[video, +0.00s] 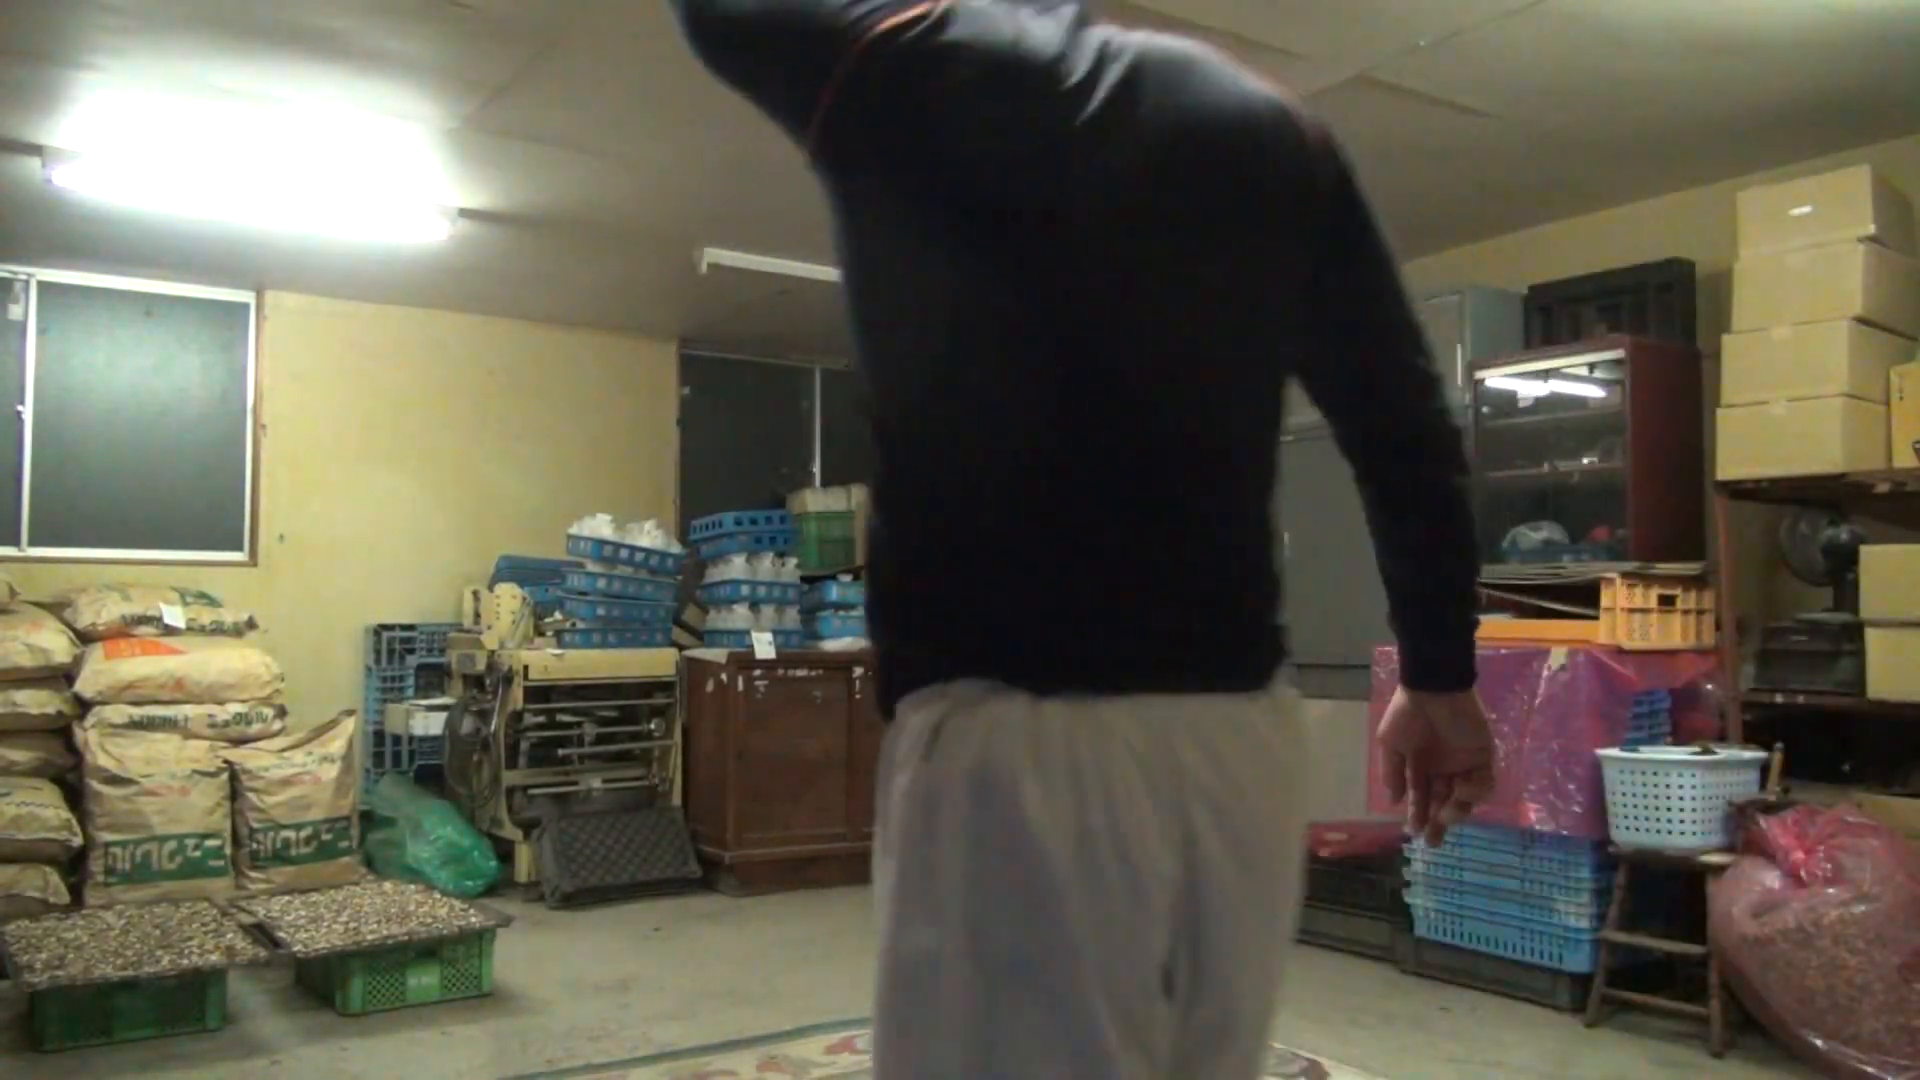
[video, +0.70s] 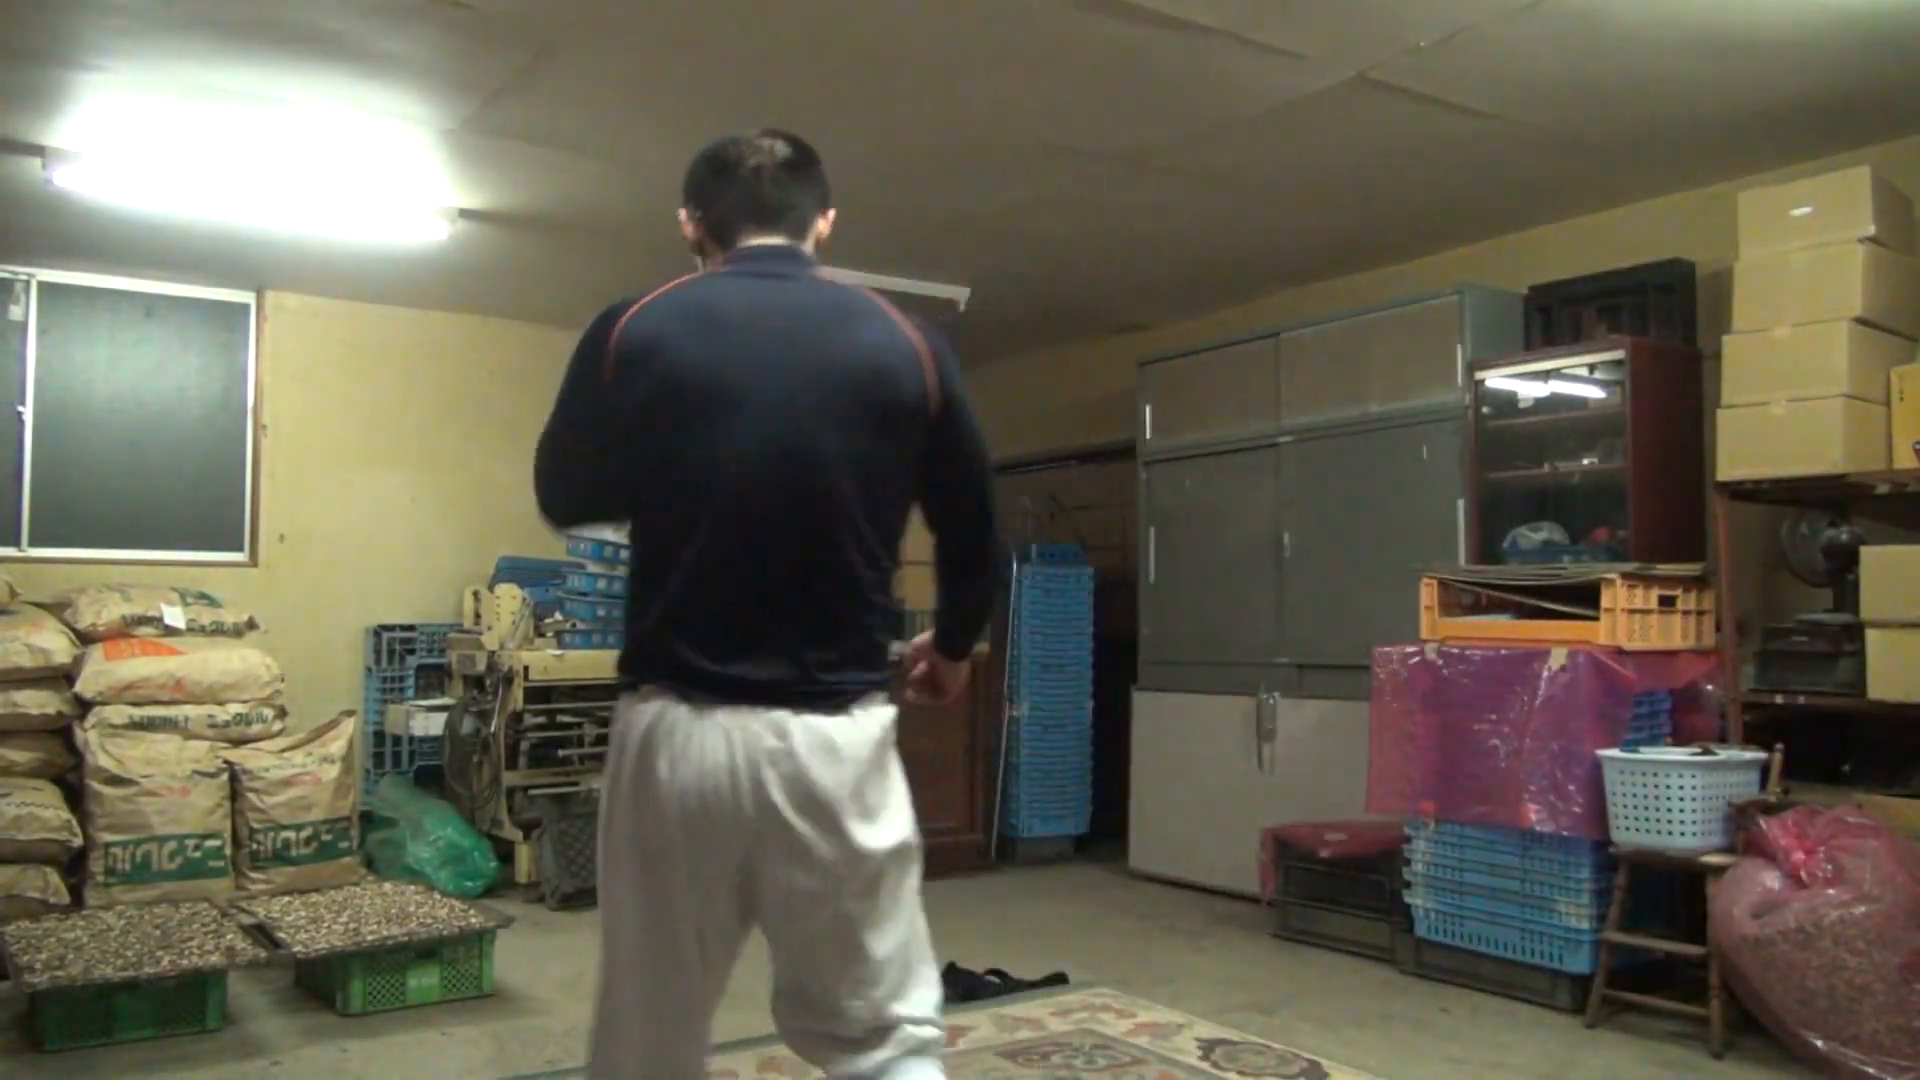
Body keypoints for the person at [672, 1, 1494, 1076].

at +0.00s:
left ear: (929, 3)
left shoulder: (898, 77)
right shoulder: (1275, 134)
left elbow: (717, 9)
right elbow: (1407, 433)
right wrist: (1443, 681)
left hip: (1013, 756)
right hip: (1243, 751)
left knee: (1015, 1066)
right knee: (1212, 1070)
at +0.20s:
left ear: (852, 112)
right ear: (960, 97)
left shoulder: (814, 196)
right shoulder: (1137, 234)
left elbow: (687, 75)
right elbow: (1255, 496)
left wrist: (902, 31)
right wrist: (1340, 726)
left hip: (907, 786)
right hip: (1114, 772)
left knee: (914, 1062)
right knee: (1071, 1066)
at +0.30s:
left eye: (793, 153)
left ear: (814, 140)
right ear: (933, 117)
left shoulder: (801, 210)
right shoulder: (1097, 245)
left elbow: (672, 113)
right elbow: (1191, 500)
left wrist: (851, 22)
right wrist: (1241, 707)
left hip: (875, 766)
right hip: (1070, 753)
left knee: (831, 1063)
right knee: (1028, 1063)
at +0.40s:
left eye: (765, 169)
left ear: (787, 158)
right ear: (893, 128)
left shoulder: (782, 222)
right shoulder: (1059, 256)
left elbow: (646, 152)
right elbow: (1145, 502)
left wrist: (821, 70)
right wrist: (1143, 685)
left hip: (835, 730)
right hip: (1024, 730)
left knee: (750, 1057)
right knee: (986, 1059)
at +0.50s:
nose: (725, 196)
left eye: (723, 185)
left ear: (743, 185)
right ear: (881, 164)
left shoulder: (751, 249)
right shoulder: (1013, 279)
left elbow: (608, 237)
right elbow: (1084, 496)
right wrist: (1080, 658)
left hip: (791, 731)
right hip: (973, 734)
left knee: (711, 1054)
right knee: (970, 1053)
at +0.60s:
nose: (705, 224)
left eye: (705, 210)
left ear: (722, 205)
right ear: (858, 197)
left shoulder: (694, 293)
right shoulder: (956, 309)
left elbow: (579, 370)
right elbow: (1025, 511)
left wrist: (702, 261)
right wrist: (1005, 642)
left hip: (736, 739)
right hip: (911, 739)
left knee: (694, 1057)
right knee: (925, 1053)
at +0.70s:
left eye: (684, 225)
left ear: (693, 229)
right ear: (825, 229)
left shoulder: (634, 333)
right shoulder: (905, 342)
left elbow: (566, 493)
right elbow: (972, 527)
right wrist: (953, 645)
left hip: (672, 743)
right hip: (839, 747)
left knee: (645, 1050)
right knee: (887, 1043)